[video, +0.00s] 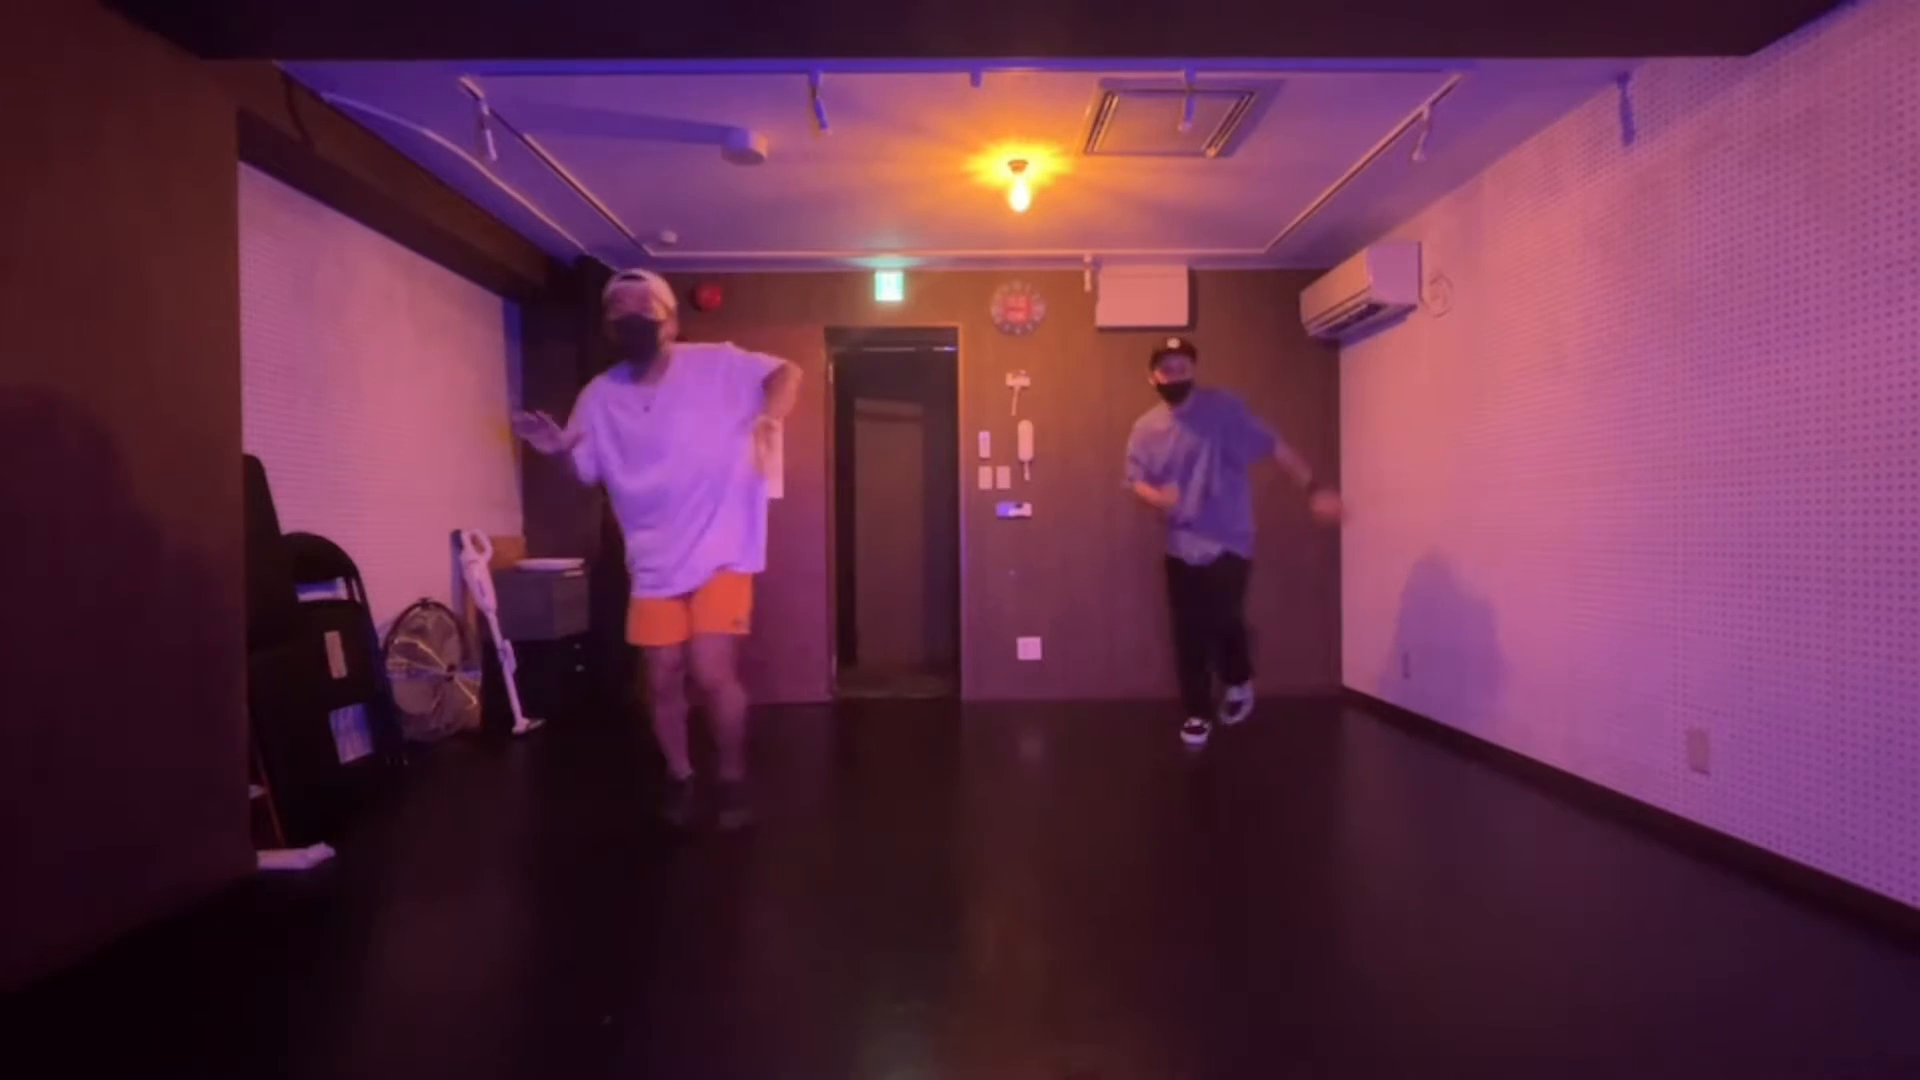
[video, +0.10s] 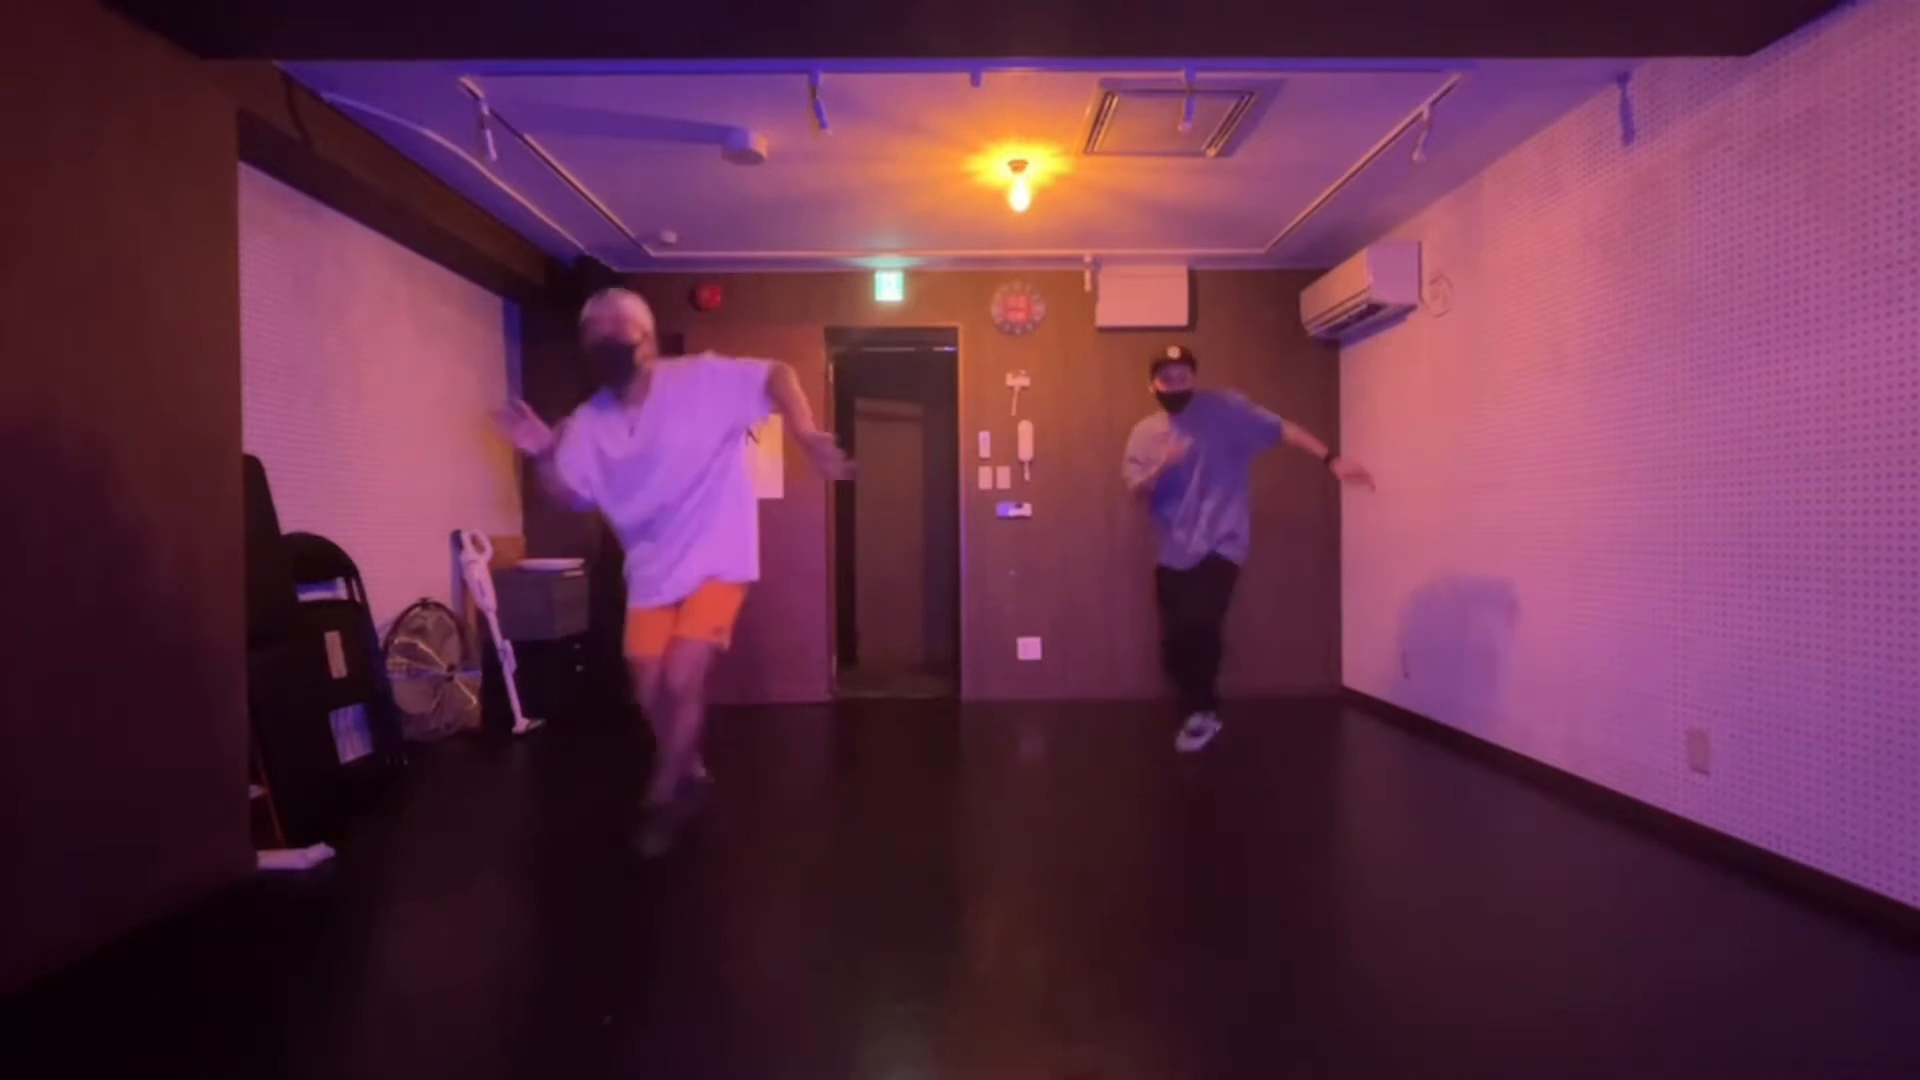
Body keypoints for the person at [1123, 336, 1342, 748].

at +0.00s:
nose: (1174, 376)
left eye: (1181, 367)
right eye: (1165, 368)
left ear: (1194, 369)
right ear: (1153, 375)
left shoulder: (1222, 409)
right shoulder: (1147, 427)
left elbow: (1273, 446)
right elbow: (1135, 480)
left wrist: (1311, 486)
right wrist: (1157, 497)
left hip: (1228, 539)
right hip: (1182, 544)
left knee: (1224, 618)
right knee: (1188, 630)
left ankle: (1238, 682)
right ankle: (1195, 711)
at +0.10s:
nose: (1172, 382)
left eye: (1180, 373)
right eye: (1163, 374)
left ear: (1194, 377)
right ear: (1152, 381)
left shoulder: (1224, 410)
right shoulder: (1145, 432)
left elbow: (1281, 430)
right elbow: (1136, 490)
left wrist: (1331, 459)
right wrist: (1163, 465)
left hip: (1222, 539)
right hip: (1176, 545)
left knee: (1201, 623)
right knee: (1176, 632)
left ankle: (1201, 712)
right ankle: (1199, 711)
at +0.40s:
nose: (1183, 367)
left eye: (1191, 357)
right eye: (1175, 357)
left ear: (1206, 362)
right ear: (1162, 365)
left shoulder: (1233, 407)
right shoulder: (1148, 423)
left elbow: (1277, 438)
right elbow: (1132, 483)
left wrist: (1283, 484)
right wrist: (1165, 484)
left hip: (1218, 550)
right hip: (1164, 555)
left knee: (1190, 642)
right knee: (1151, 646)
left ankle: (1175, 738)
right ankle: (1183, 718)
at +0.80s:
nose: (1242, 351)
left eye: (1250, 344)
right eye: (1233, 341)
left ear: (1260, 356)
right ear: (1214, 350)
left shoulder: (1260, 416)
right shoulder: (1178, 399)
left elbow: (1273, 486)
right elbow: (1130, 441)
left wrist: (1258, 463)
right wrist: (1115, 500)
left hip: (1229, 543)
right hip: (1180, 538)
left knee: (1212, 645)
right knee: (1217, 643)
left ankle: (1163, 732)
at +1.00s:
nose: (1259, 387)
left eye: (1268, 382)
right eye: (1250, 378)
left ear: (1278, 394)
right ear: (1231, 389)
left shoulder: (1270, 449)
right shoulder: (1204, 424)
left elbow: (1290, 522)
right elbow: (1136, 451)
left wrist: (1284, 463)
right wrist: (1117, 508)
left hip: (1244, 579)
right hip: (1198, 570)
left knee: (1239, 675)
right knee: (1244, 666)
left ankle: (1157, 731)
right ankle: (1266, 756)